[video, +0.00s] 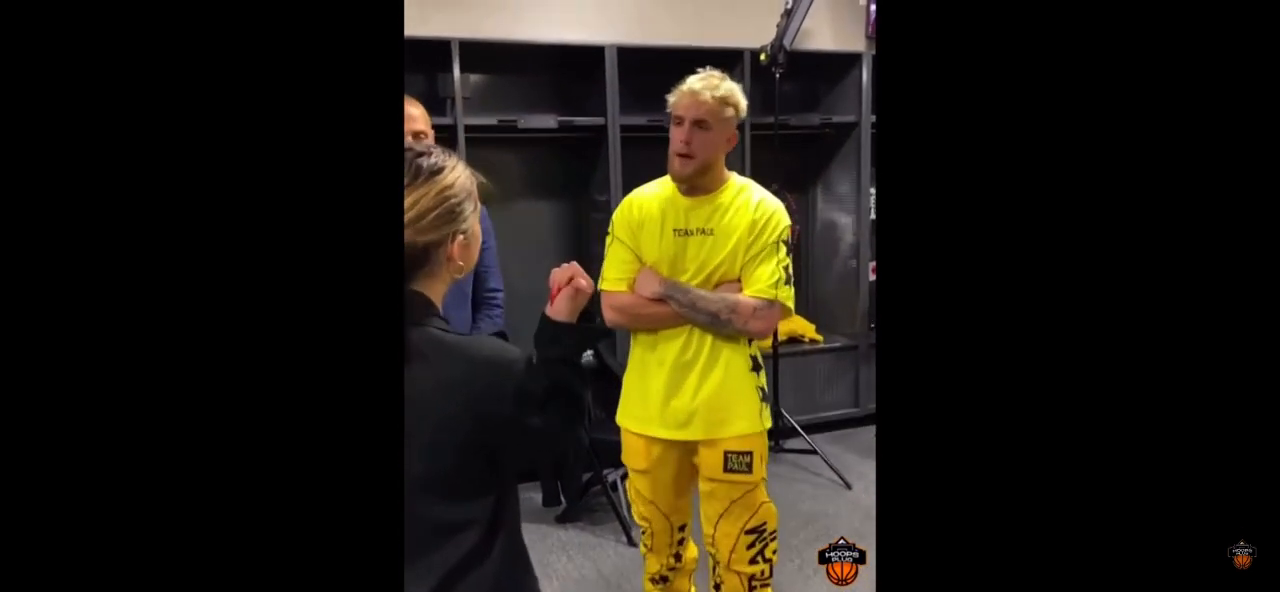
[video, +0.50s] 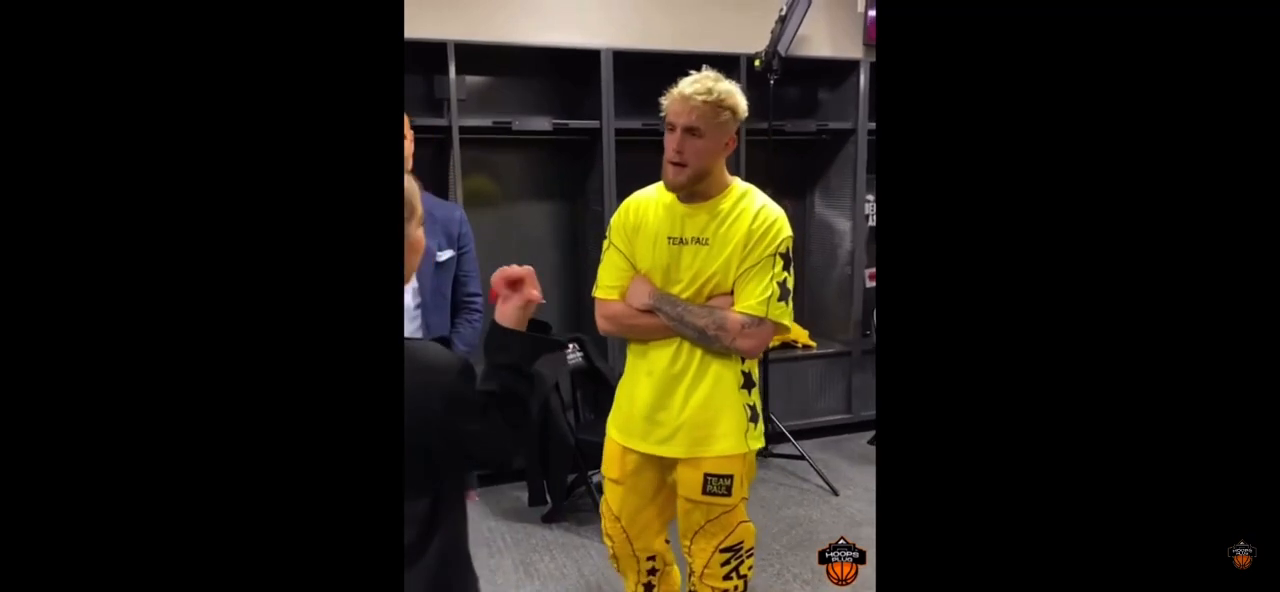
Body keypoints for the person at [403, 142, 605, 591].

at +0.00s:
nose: (481, 238)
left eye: (478, 223)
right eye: (476, 225)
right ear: (456, 251)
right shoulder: (482, 370)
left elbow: (547, 449)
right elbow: (550, 450)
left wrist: (558, 331)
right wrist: (561, 331)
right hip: (475, 577)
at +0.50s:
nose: (423, 239)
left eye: (421, 224)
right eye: (419, 224)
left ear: (418, 241)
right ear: (409, 242)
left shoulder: (433, 372)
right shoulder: (431, 374)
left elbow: (498, 442)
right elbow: (501, 443)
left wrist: (507, 329)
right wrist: (509, 330)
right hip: (435, 575)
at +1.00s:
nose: (454, 207)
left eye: (446, 197)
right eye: (442, 201)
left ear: (414, 236)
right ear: (411, 235)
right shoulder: (448, 348)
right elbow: (544, 409)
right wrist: (506, 298)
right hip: (455, 572)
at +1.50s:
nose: (504, 199)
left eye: (498, 186)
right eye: (497, 188)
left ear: (413, 208)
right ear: (475, 212)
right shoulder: (510, 325)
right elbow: (592, 378)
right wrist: (550, 276)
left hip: (417, 564)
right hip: (504, 566)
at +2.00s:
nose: (551, 208)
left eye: (550, 194)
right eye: (544, 195)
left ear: (448, 203)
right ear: (509, 209)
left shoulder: (414, 296)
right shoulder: (540, 308)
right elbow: (618, 349)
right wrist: (577, 254)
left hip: (439, 558)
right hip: (541, 560)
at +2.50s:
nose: (557, 196)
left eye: (554, 184)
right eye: (550, 186)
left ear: (459, 198)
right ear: (524, 203)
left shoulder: (422, 290)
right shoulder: (549, 301)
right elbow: (631, 334)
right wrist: (581, 246)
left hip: (455, 541)